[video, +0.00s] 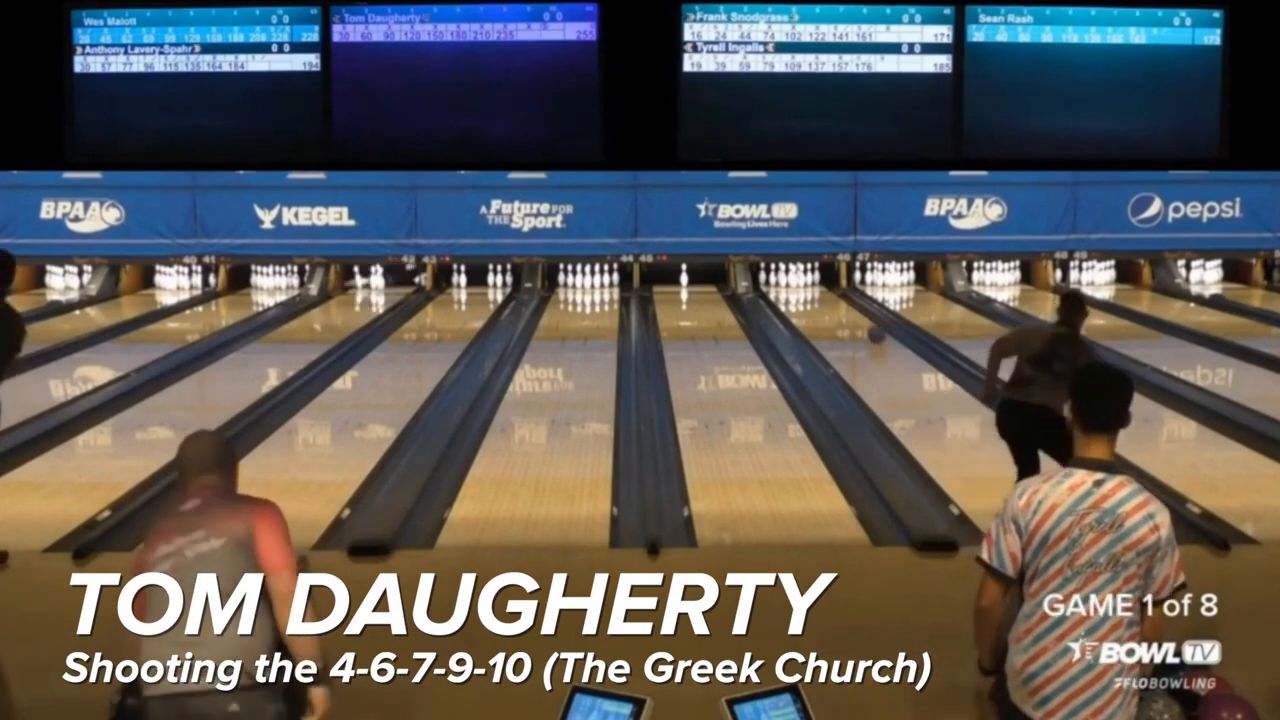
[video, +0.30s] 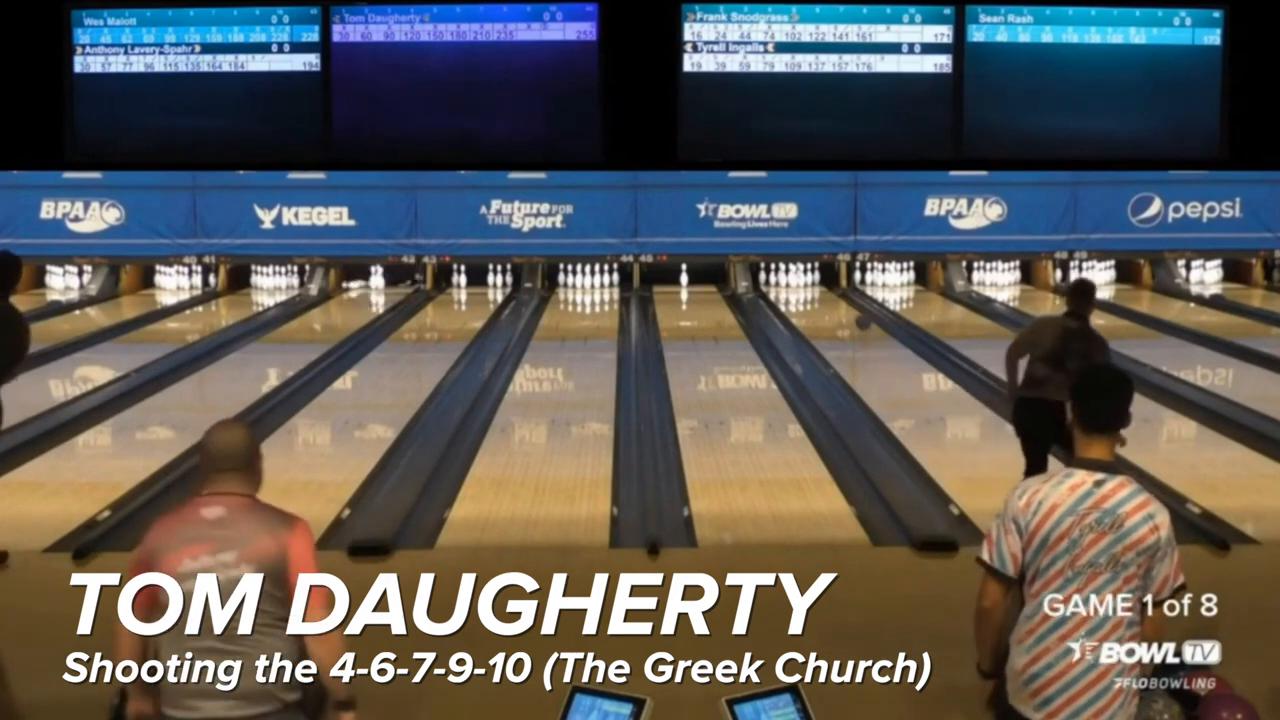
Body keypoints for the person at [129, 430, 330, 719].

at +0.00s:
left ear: (182, 475)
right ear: (232, 468)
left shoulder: (158, 534)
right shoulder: (259, 515)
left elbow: (139, 612)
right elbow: (289, 603)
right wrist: (314, 676)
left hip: (165, 699)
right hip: (244, 696)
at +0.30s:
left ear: (203, 464)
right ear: (257, 463)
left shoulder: (162, 531)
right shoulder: (288, 530)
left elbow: (131, 618)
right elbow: (317, 625)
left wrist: (134, 691)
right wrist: (343, 699)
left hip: (182, 707)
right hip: (268, 704)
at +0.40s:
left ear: (211, 466)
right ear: (267, 467)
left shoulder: (165, 536)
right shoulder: (299, 536)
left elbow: (133, 631)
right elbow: (326, 633)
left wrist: (132, 702)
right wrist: (348, 701)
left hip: (188, 707)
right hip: (278, 706)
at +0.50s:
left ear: (226, 470)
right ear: (282, 476)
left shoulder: (168, 543)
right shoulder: (316, 547)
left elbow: (136, 664)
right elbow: (355, 662)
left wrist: (126, 714)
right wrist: (370, 705)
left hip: (194, 710)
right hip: (287, 710)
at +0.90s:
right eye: (270, 478)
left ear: (206, 481)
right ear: (263, 487)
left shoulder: (155, 552)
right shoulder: (298, 565)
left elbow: (129, 667)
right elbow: (326, 680)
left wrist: (124, 714)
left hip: (177, 709)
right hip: (267, 709)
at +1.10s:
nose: (240, 488)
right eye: (239, 481)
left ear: (179, 486)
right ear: (234, 491)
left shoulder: (126, 557)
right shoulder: (269, 574)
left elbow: (115, 654)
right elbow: (295, 686)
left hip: (148, 712)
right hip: (239, 712)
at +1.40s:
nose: (204, 491)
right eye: (204, 484)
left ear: (136, 490)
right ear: (196, 493)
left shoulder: (92, 563)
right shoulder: (236, 569)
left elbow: (79, 661)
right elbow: (264, 684)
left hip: (119, 714)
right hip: (212, 714)